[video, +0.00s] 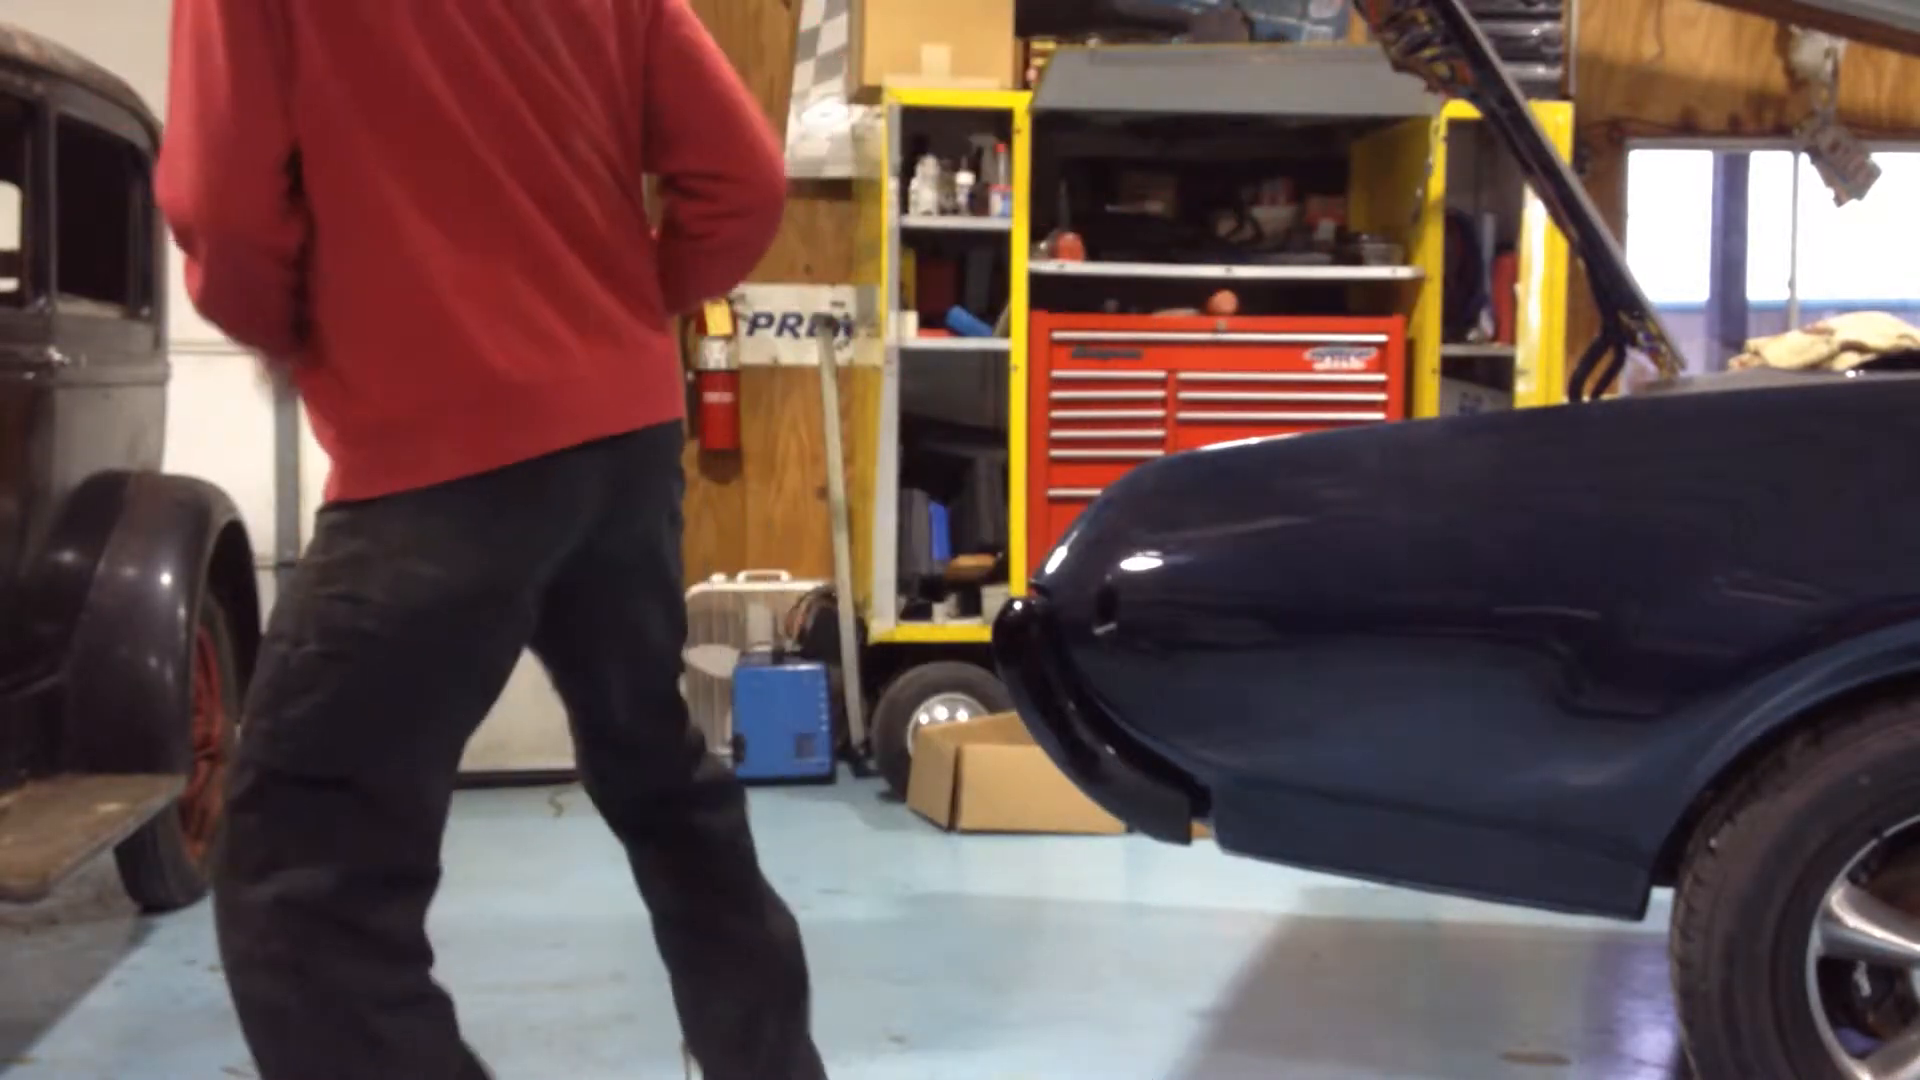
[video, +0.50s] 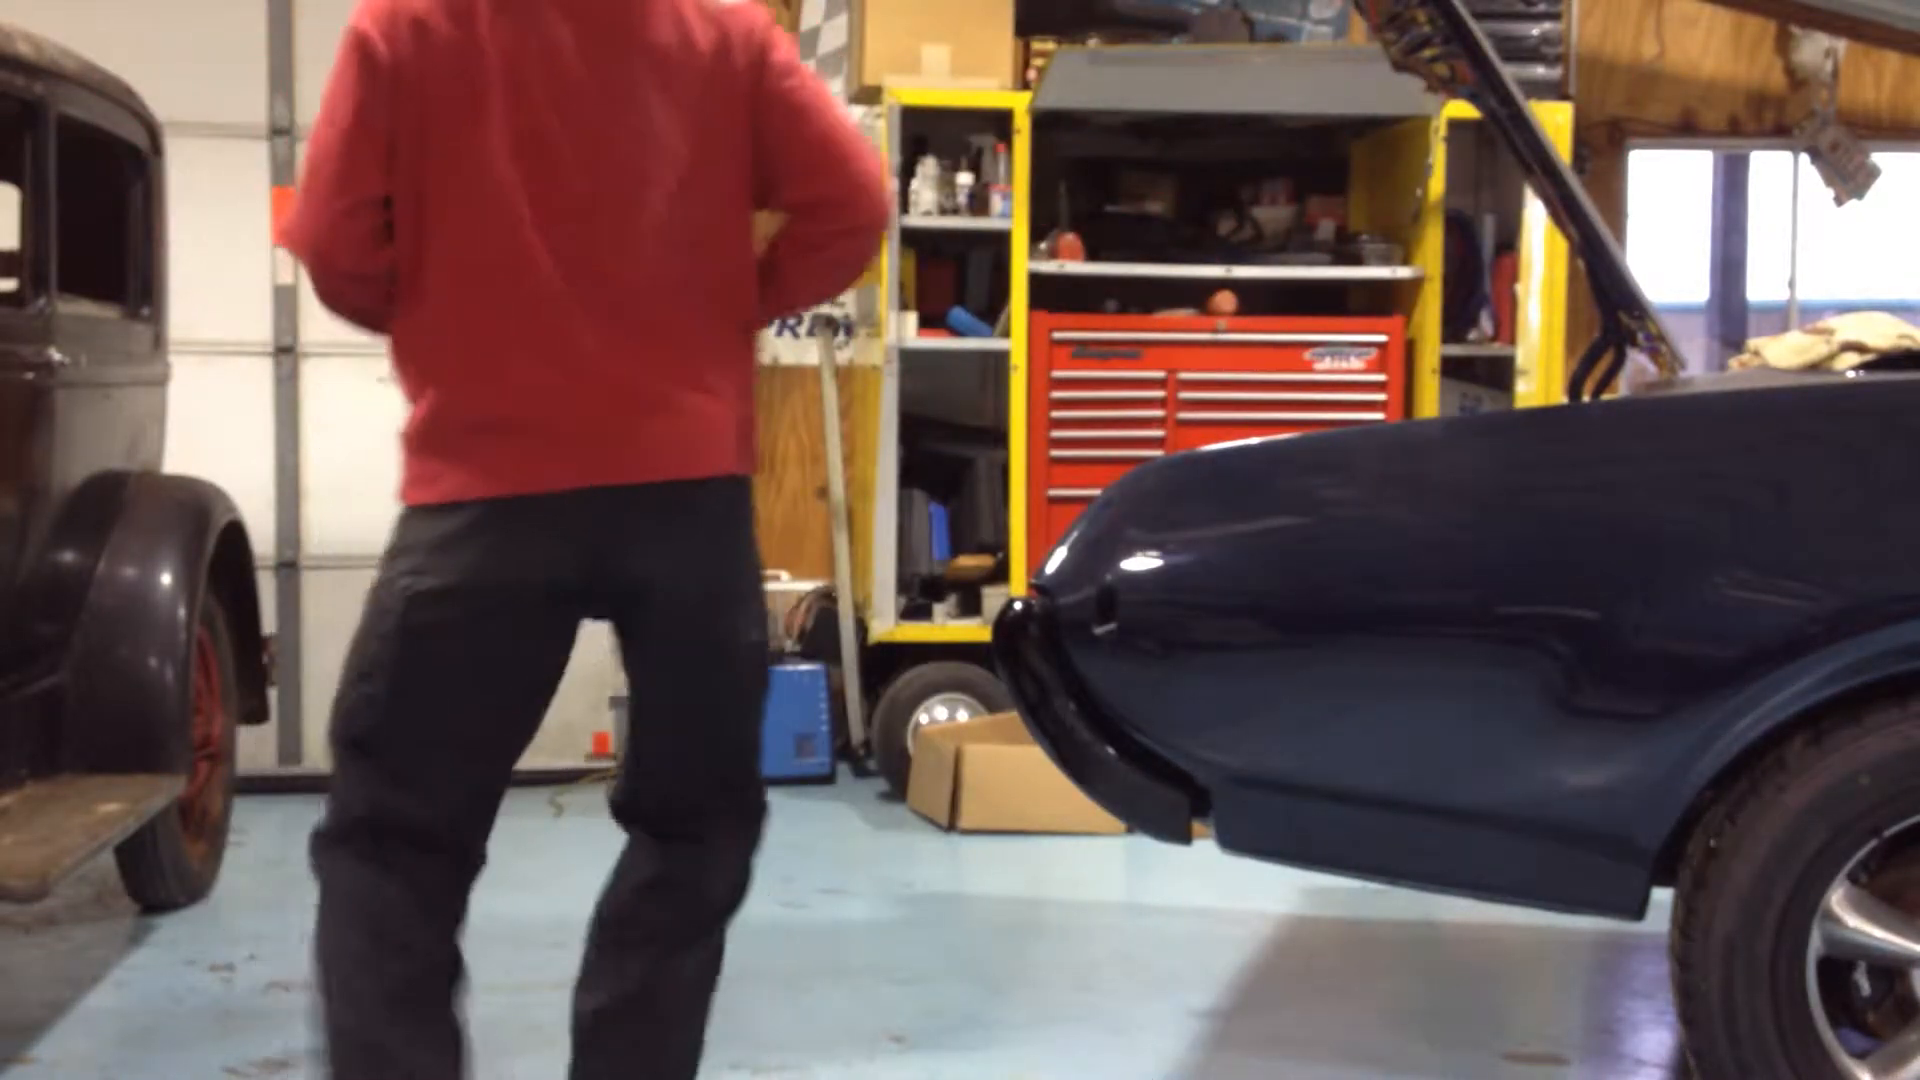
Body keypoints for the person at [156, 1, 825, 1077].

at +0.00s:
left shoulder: (251, 6)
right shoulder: (610, 1)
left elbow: (224, 213)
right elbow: (743, 179)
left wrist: (297, 332)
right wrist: (615, 298)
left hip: (438, 440)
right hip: (629, 418)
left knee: (305, 880)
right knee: (667, 786)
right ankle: (771, 1063)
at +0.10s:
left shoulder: (253, 4)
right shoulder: (608, 4)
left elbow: (208, 223)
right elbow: (778, 153)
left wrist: (343, 219)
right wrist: (639, 268)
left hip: (446, 449)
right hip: (631, 423)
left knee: (288, 874)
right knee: (646, 750)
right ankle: (756, 1056)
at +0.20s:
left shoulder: (272, 6)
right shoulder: (623, 3)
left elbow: (189, 191)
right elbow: (786, 162)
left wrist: (338, 221)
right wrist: (642, 262)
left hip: (445, 459)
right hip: (638, 440)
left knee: (278, 872)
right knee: (648, 757)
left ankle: (451, 1075)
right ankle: (757, 1061)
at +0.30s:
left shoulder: (314, 14)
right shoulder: (644, 12)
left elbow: (245, 244)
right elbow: (756, 227)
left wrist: (372, 307)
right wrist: (628, 316)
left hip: (439, 475)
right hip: (639, 463)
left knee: (309, 870)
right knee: (673, 777)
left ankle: (443, 1075)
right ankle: (733, 1061)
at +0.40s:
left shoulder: (366, 17)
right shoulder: (678, 17)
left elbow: (315, 257)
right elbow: (778, 235)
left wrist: (403, 345)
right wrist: (652, 337)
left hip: (460, 476)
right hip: (660, 470)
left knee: (367, 853)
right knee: (684, 813)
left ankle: (435, 1070)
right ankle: (671, 1071)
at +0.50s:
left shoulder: (405, 22)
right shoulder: (723, 20)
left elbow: (332, 242)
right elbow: (855, 204)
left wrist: (453, 312)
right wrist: (719, 301)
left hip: (487, 484)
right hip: (688, 483)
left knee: (394, 838)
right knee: (693, 828)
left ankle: (398, 1067)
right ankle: (627, 1073)